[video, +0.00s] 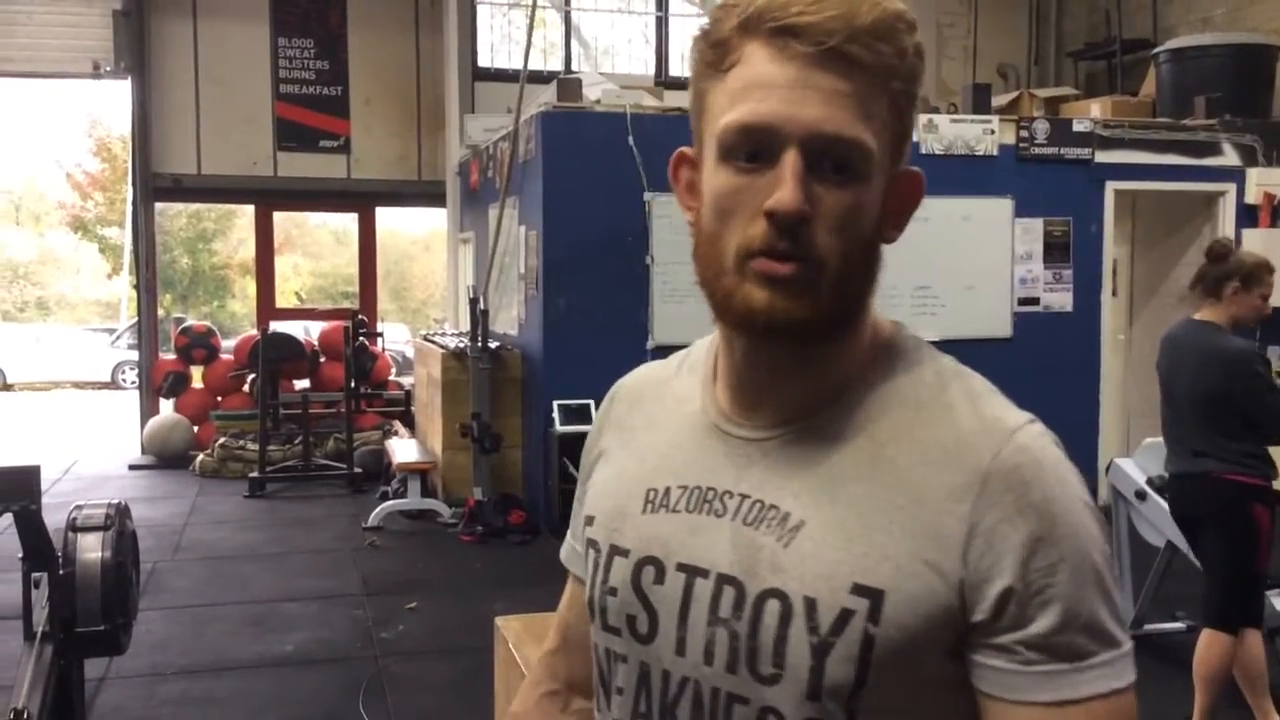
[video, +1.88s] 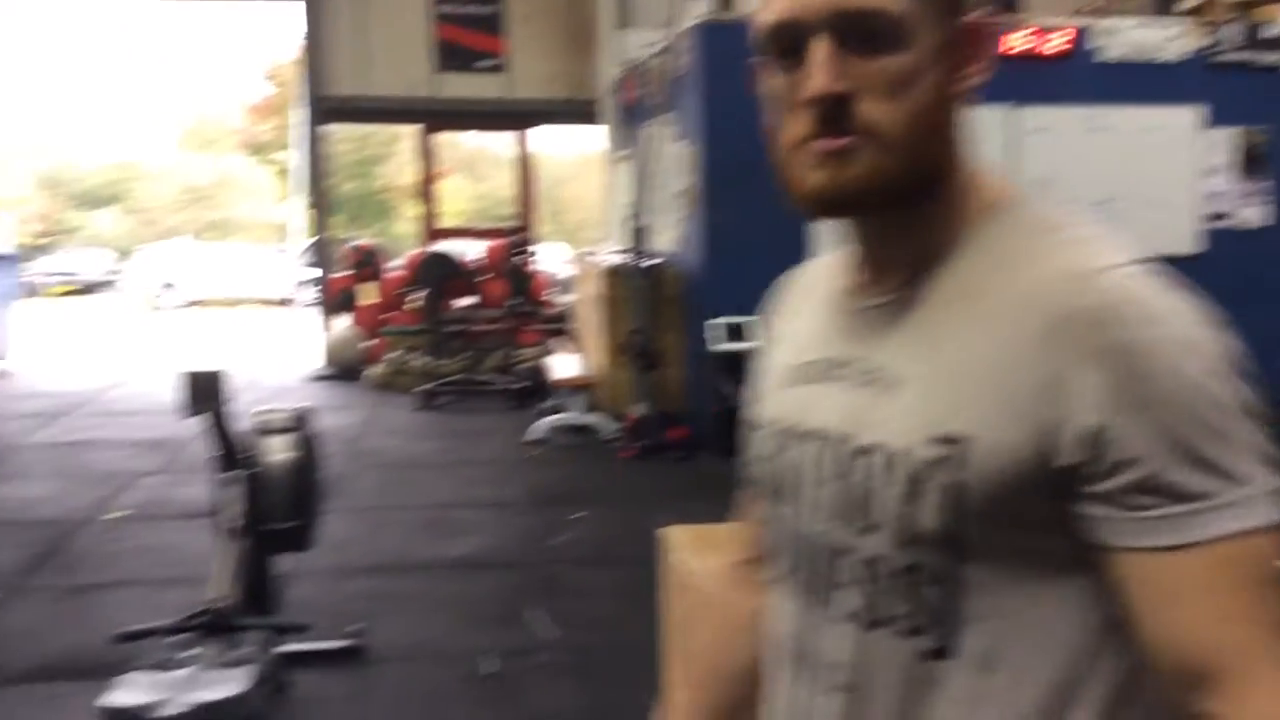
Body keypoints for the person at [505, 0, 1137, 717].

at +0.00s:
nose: (788, 201)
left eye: (835, 164)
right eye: (751, 154)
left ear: (895, 208)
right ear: (690, 185)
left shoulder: (1006, 480)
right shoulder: (631, 412)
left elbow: (1080, 697)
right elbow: (563, 686)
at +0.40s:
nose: (874, 188)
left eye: (920, 151)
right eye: (830, 140)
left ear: (972, 201)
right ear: (754, 183)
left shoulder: (1097, 479)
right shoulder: (674, 413)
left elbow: (1196, 707)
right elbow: (597, 696)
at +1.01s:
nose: (817, 199)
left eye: (868, 158)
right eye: (780, 144)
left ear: (932, 192)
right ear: (714, 164)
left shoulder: (1039, 487)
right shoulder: (655, 392)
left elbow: (1097, 700)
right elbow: (592, 658)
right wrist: (571, 674)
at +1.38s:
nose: (729, 174)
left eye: (775, 134)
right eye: (693, 127)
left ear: (842, 161)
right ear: (638, 152)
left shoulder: (945, 425)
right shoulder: (597, 374)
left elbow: (1008, 700)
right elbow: (536, 658)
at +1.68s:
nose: (709, 137)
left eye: (752, 97)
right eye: (672, 97)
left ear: (823, 128)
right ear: (624, 131)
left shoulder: (946, 382)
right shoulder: (617, 351)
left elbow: (1053, 696)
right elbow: (572, 617)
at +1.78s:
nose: (752, 112)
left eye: (797, 70)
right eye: (715, 74)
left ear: (875, 99)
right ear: (672, 111)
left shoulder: (1010, 353)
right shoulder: (687, 332)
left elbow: (1134, 682)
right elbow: (645, 594)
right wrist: (595, 706)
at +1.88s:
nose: (820, 85)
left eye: (867, 39)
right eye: (786, 51)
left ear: (968, 55)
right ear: (758, 81)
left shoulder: (1108, 323)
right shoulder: (799, 304)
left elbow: (1242, 677)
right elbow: (754, 577)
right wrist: (691, 707)